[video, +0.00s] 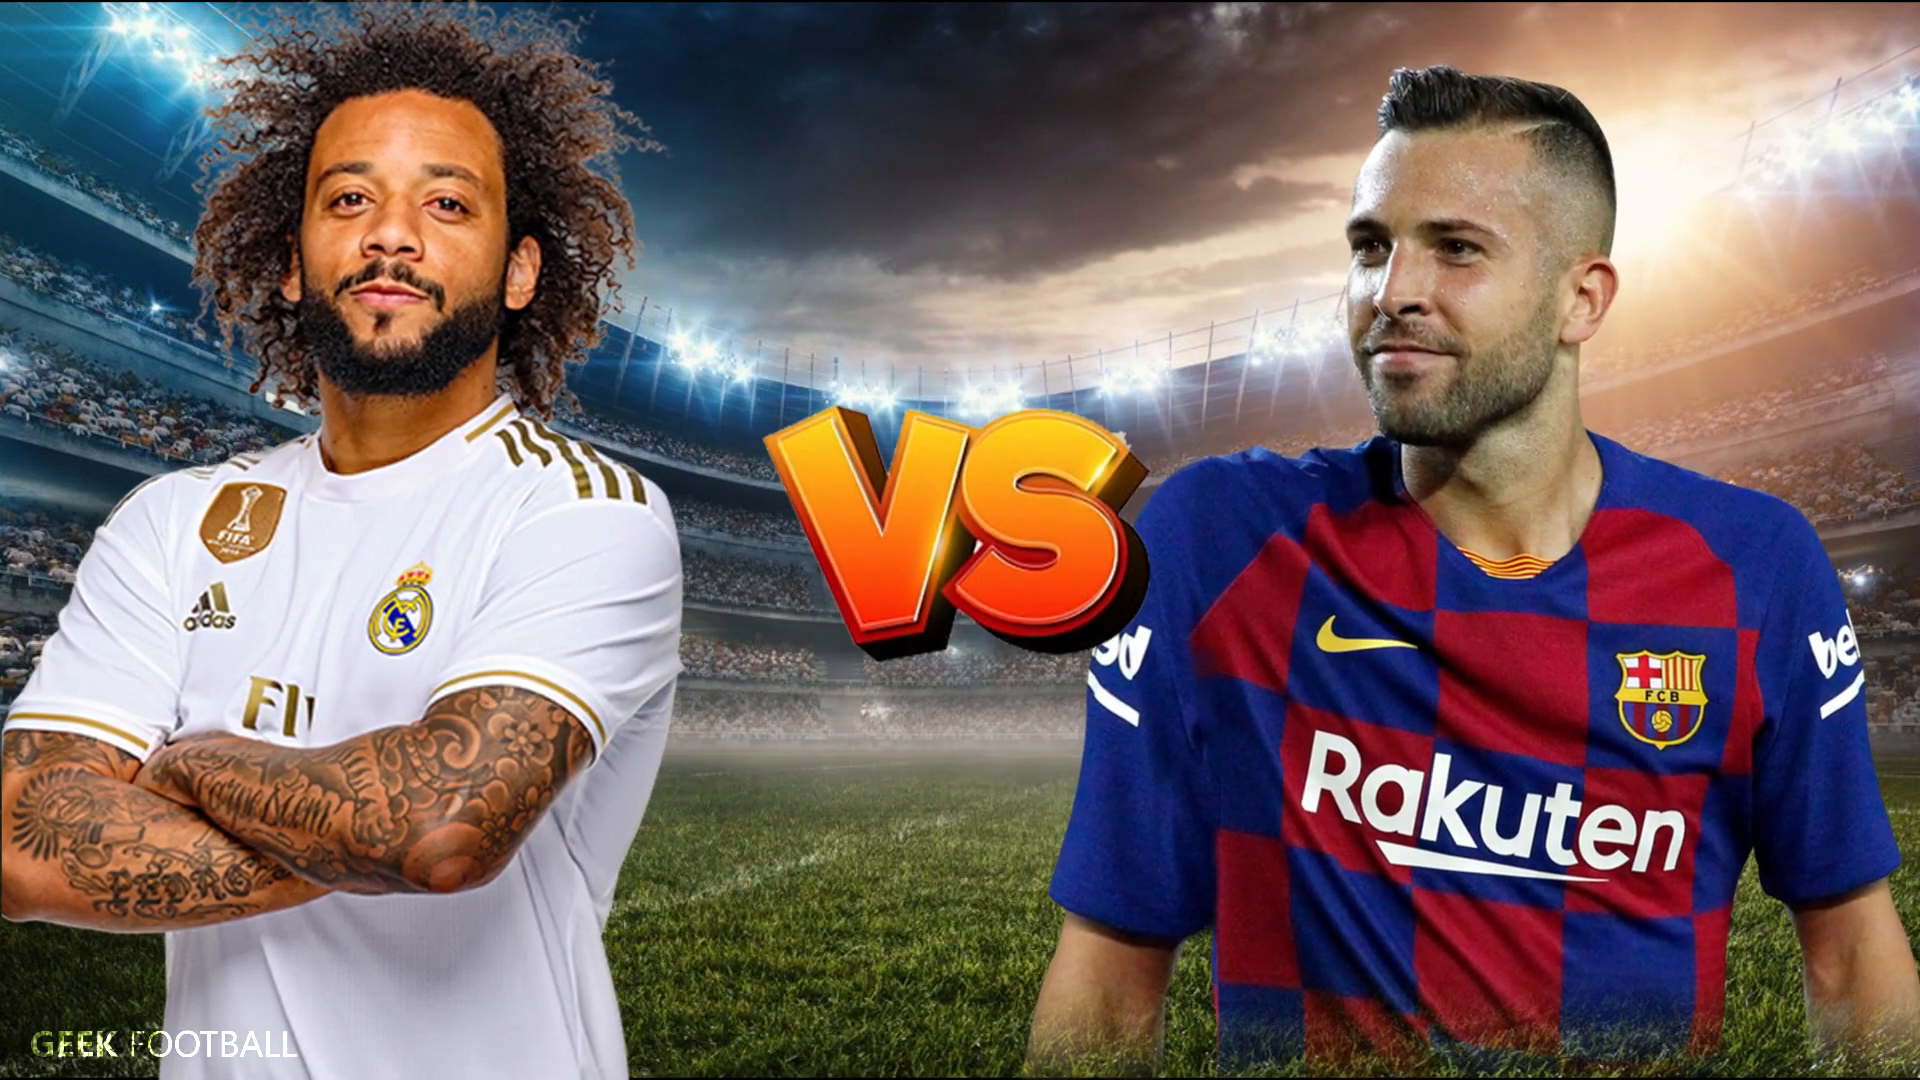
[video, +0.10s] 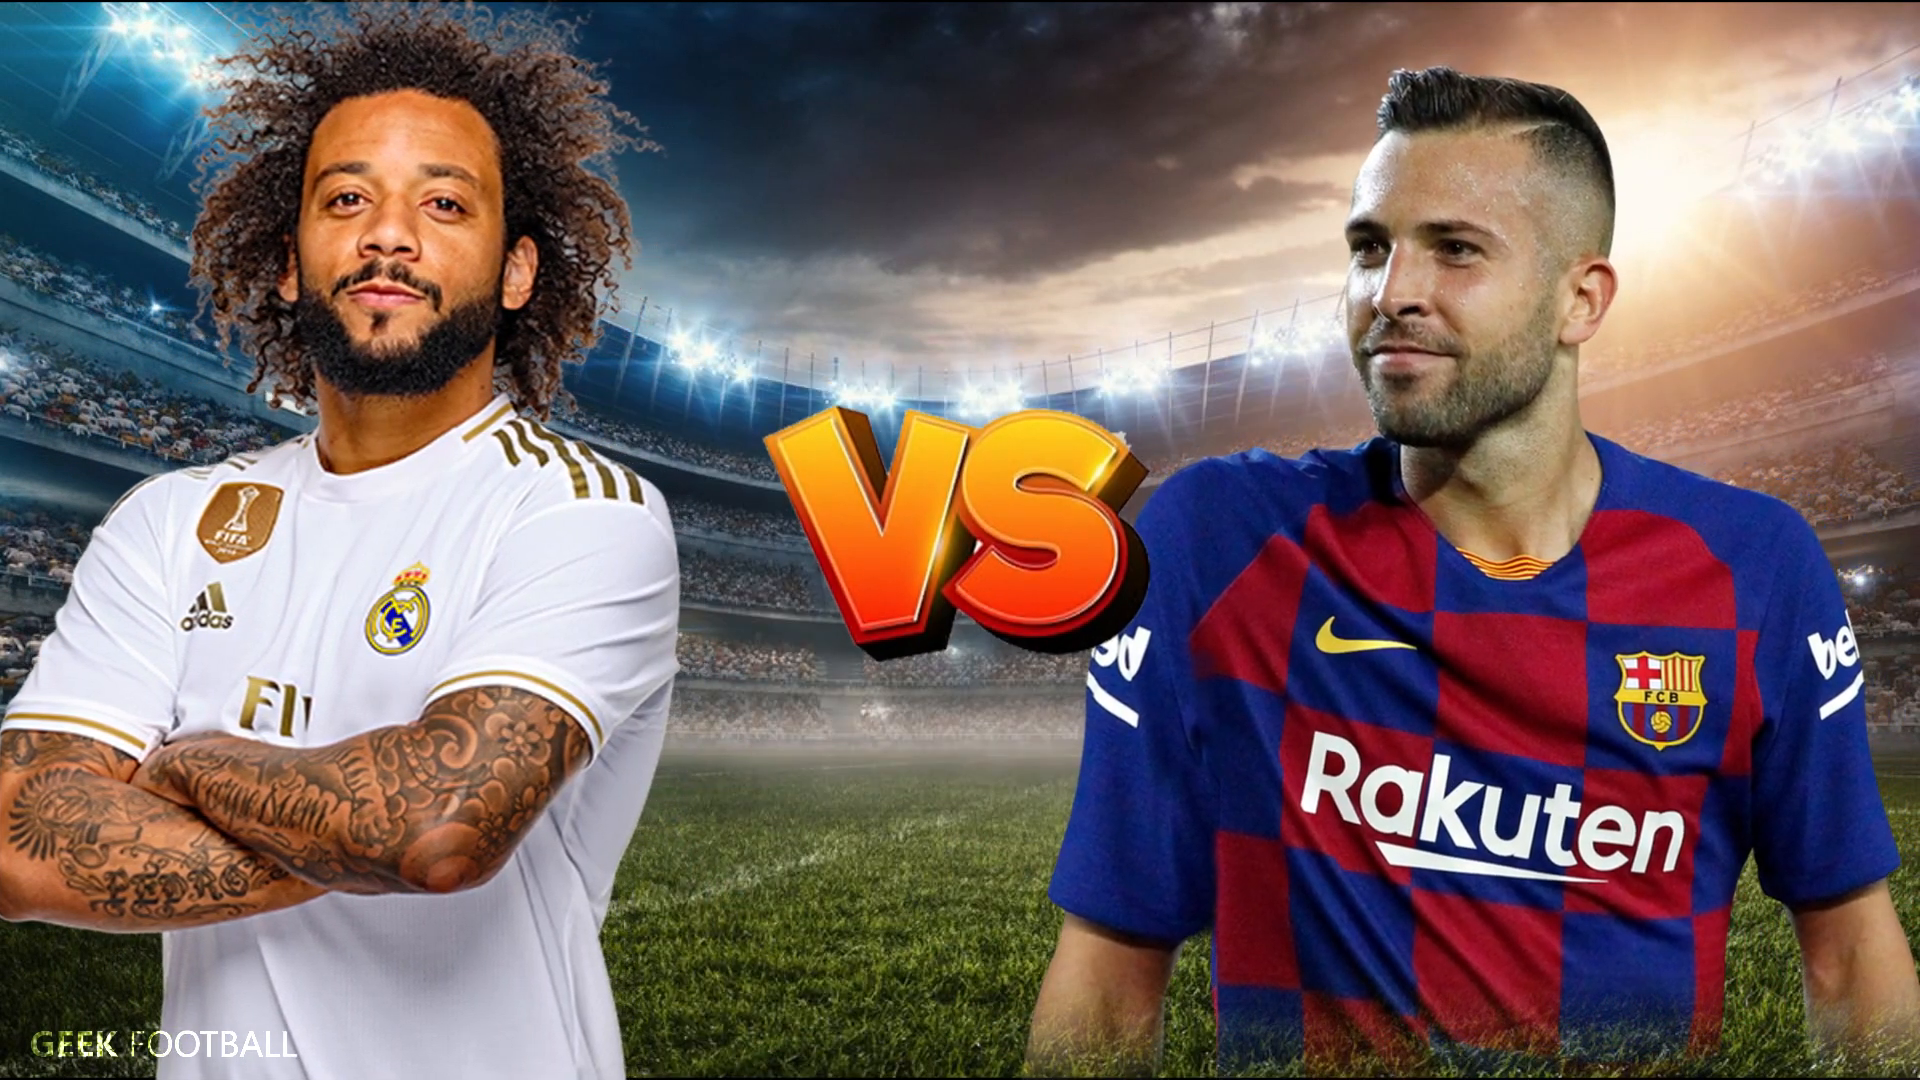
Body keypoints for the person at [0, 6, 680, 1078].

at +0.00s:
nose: (393, 238)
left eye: (448, 204)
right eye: (349, 199)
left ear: (517, 273)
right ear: (296, 260)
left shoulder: (591, 518)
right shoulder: (171, 522)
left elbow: (446, 825)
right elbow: (33, 850)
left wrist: (182, 759)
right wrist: (362, 830)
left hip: (501, 1063)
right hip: (220, 1061)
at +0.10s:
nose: (389, 238)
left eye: (445, 203)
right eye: (346, 199)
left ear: (514, 273)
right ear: (293, 261)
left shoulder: (588, 518)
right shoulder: (169, 522)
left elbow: (442, 824)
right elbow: (29, 848)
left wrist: (181, 760)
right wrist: (357, 829)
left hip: (499, 1063)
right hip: (219, 1061)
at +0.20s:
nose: (385, 238)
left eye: (442, 203)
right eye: (343, 199)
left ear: (511, 273)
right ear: (290, 260)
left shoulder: (585, 518)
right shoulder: (166, 522)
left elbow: (440, 824)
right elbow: (26, 848)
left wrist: (178, 760)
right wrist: (358, 829)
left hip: (496, 1064)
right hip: (214, 1062)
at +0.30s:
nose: (383, 238)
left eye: (439, 203)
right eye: (340, 200)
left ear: (508, 272)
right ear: (288, 261)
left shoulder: (582, 518)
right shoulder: (162, 522)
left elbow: (438, 824)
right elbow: (24, 848)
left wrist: (175, 760)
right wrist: (352, 829)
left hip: (493, 1063)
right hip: (213, 1061)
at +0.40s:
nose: (374, 238)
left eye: (430, 204)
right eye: (332, 199)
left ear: (500, 272)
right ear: (280, 259)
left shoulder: (574, 518)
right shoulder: (154, 521)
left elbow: (429, 824)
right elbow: (26, 851)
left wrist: (168, 760)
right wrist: (345, 826)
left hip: (485, 1063)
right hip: (206, 1062)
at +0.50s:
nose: (363, 237)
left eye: (418, 203)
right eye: (320, 200)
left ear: (487, 271)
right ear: (268, 259)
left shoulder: (562, 518)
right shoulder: (141, 520)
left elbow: (416, 823)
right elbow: (20, 852)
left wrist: (161, 760)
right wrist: (332, 830)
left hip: (473, 1062)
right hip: (193, 1061)